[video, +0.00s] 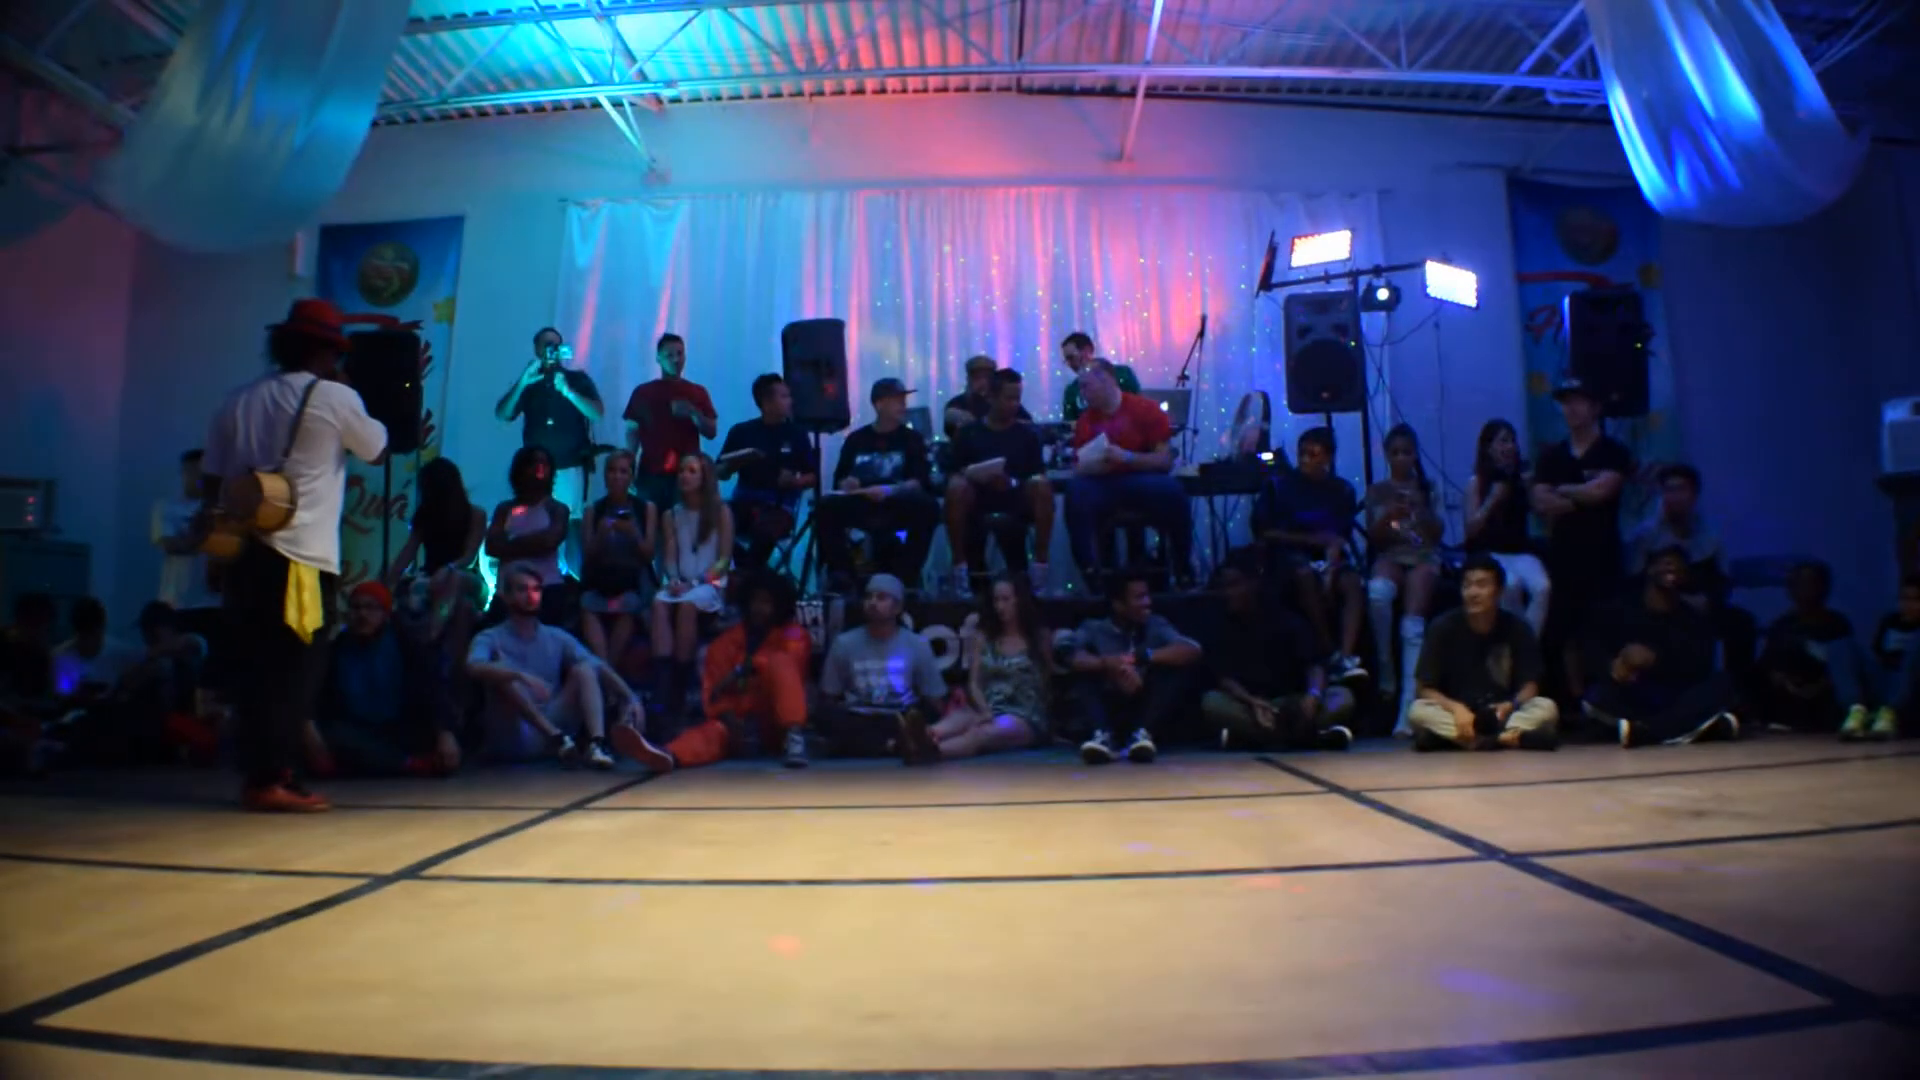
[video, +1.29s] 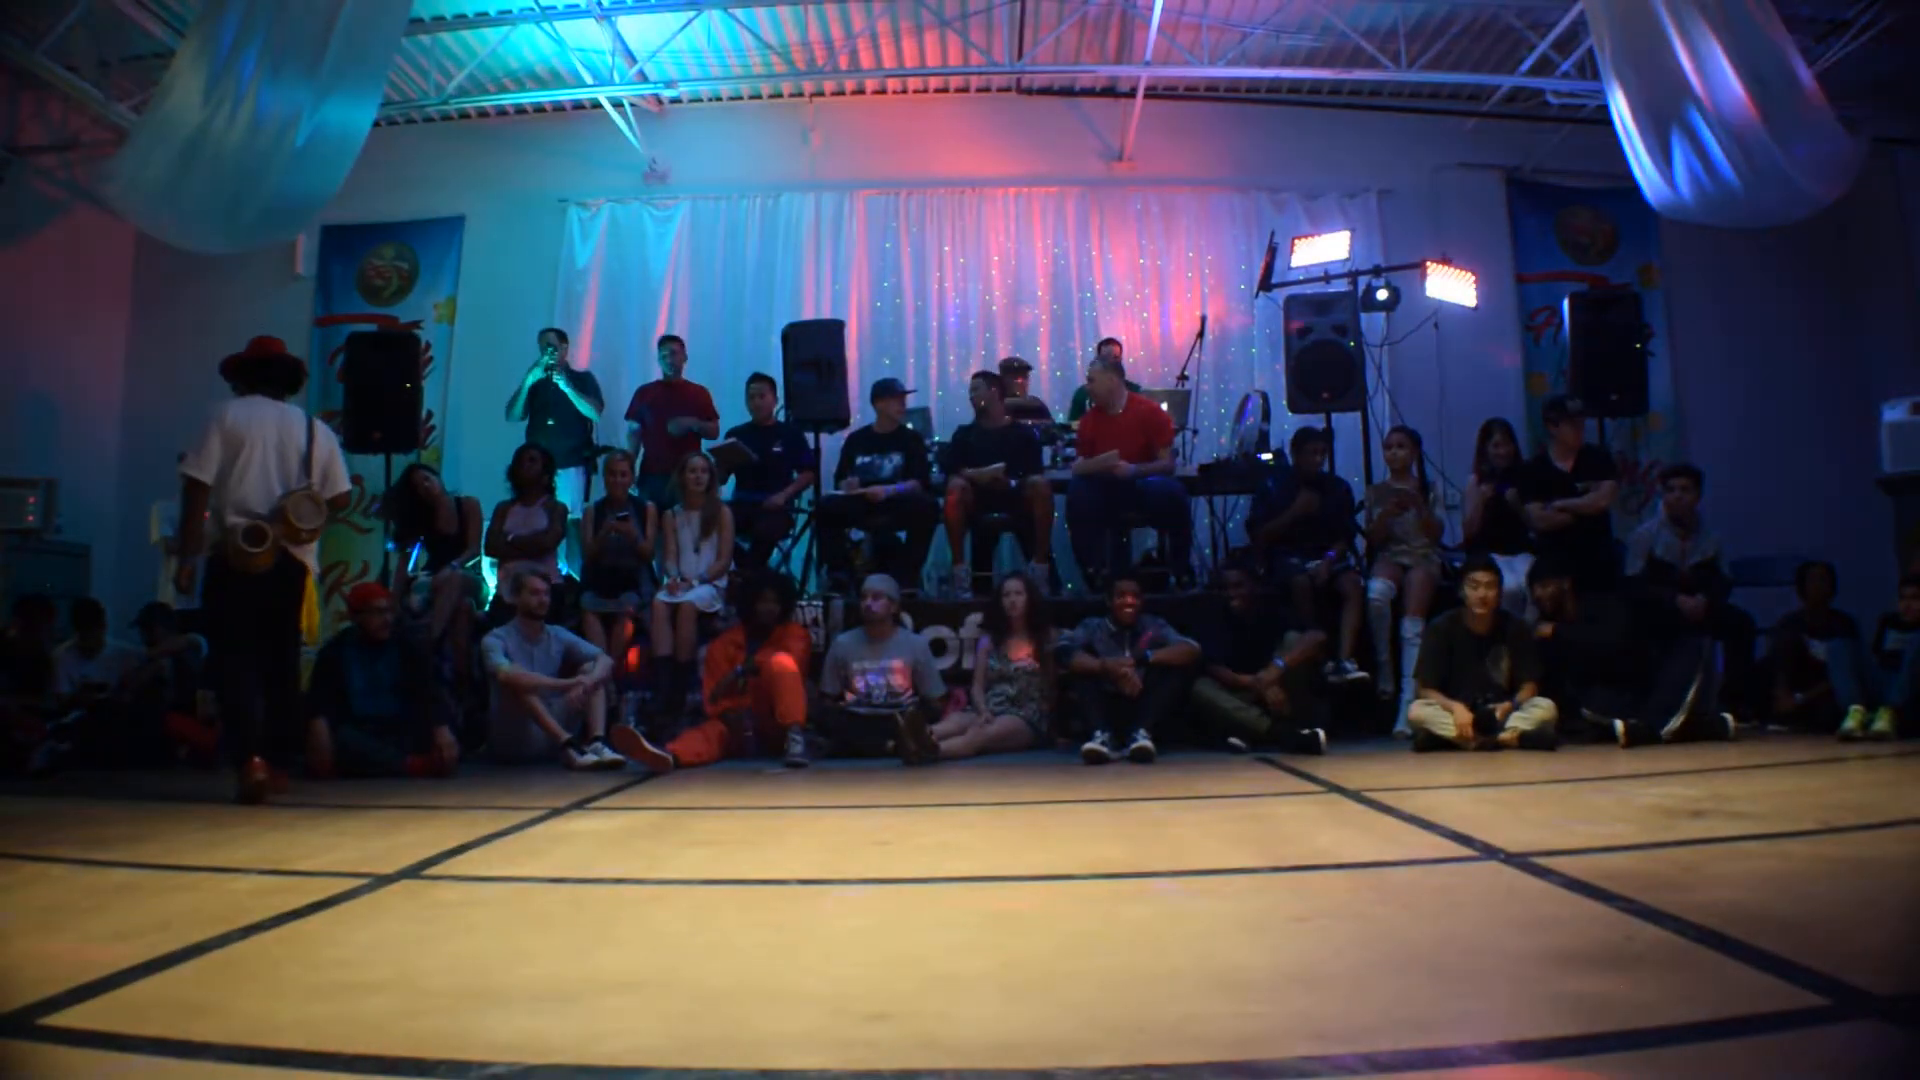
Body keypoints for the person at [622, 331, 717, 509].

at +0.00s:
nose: (675, 360)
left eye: (679, 354)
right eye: (669, 355)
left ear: (684, 357)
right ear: (659, 359)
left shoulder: (697, 392)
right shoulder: (643, 392)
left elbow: (711, 431)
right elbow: (632, 433)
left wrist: (692, 413)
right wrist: (628, 471)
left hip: (686, 476)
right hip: (651, 474)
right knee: (648, 533)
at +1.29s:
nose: (669, 360)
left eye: (674, 354)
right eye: (664, 356)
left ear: (684, 357)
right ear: (659, 360)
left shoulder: (699, 393)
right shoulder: (645, 393)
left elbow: (713, 431)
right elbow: (634, 434)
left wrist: (690, 423)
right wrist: (629, 471)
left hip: (688, 476)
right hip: (653, 473)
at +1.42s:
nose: (659, 361)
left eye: (664, 355)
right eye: (656, 356)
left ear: (680, 356)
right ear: (654, 360)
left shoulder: (699, 393)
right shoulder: (644, 393)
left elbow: (711, 433)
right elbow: (634, 433)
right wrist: (628, 469)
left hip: (686, 476)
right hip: (652, 473)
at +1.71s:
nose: (656, 361)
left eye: (661, 355)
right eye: (655, 356)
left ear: (679, 356)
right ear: (653, 360)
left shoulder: (699, 393)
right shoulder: (645, 392)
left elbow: (711, 435)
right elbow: (634, 434)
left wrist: (715, 473)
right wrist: (628, 471)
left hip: (687, 478)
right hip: (651, 475)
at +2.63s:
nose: (674, 359)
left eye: (680, 353)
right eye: (668, 354)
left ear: (687, 358)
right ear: (661, 359)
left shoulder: (701, 392)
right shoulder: (648, 393)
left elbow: (711, 436)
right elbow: (637, 435)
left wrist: (712, 474)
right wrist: (627, 470)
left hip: (690, 477)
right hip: (655, 475)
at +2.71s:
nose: (675, 359)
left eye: (679, 353)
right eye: (669, 354)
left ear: (687, 357)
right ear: (661, 359)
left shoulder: (701, 392)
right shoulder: (648, 393)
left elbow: (712, 436)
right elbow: (635, 436)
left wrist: (714, 473)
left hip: (689, 477)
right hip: (654, 475)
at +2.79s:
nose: (674, 359)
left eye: (679, 353)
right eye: (668, 354)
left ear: (687, 358)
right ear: (660, 359)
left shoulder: (700, 391)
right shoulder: (648, 393)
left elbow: (711, 436)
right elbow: (631, 430)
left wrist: (714, 473)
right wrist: (632, 420)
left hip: (689, 474)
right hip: (654, 472)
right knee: (652, 534)